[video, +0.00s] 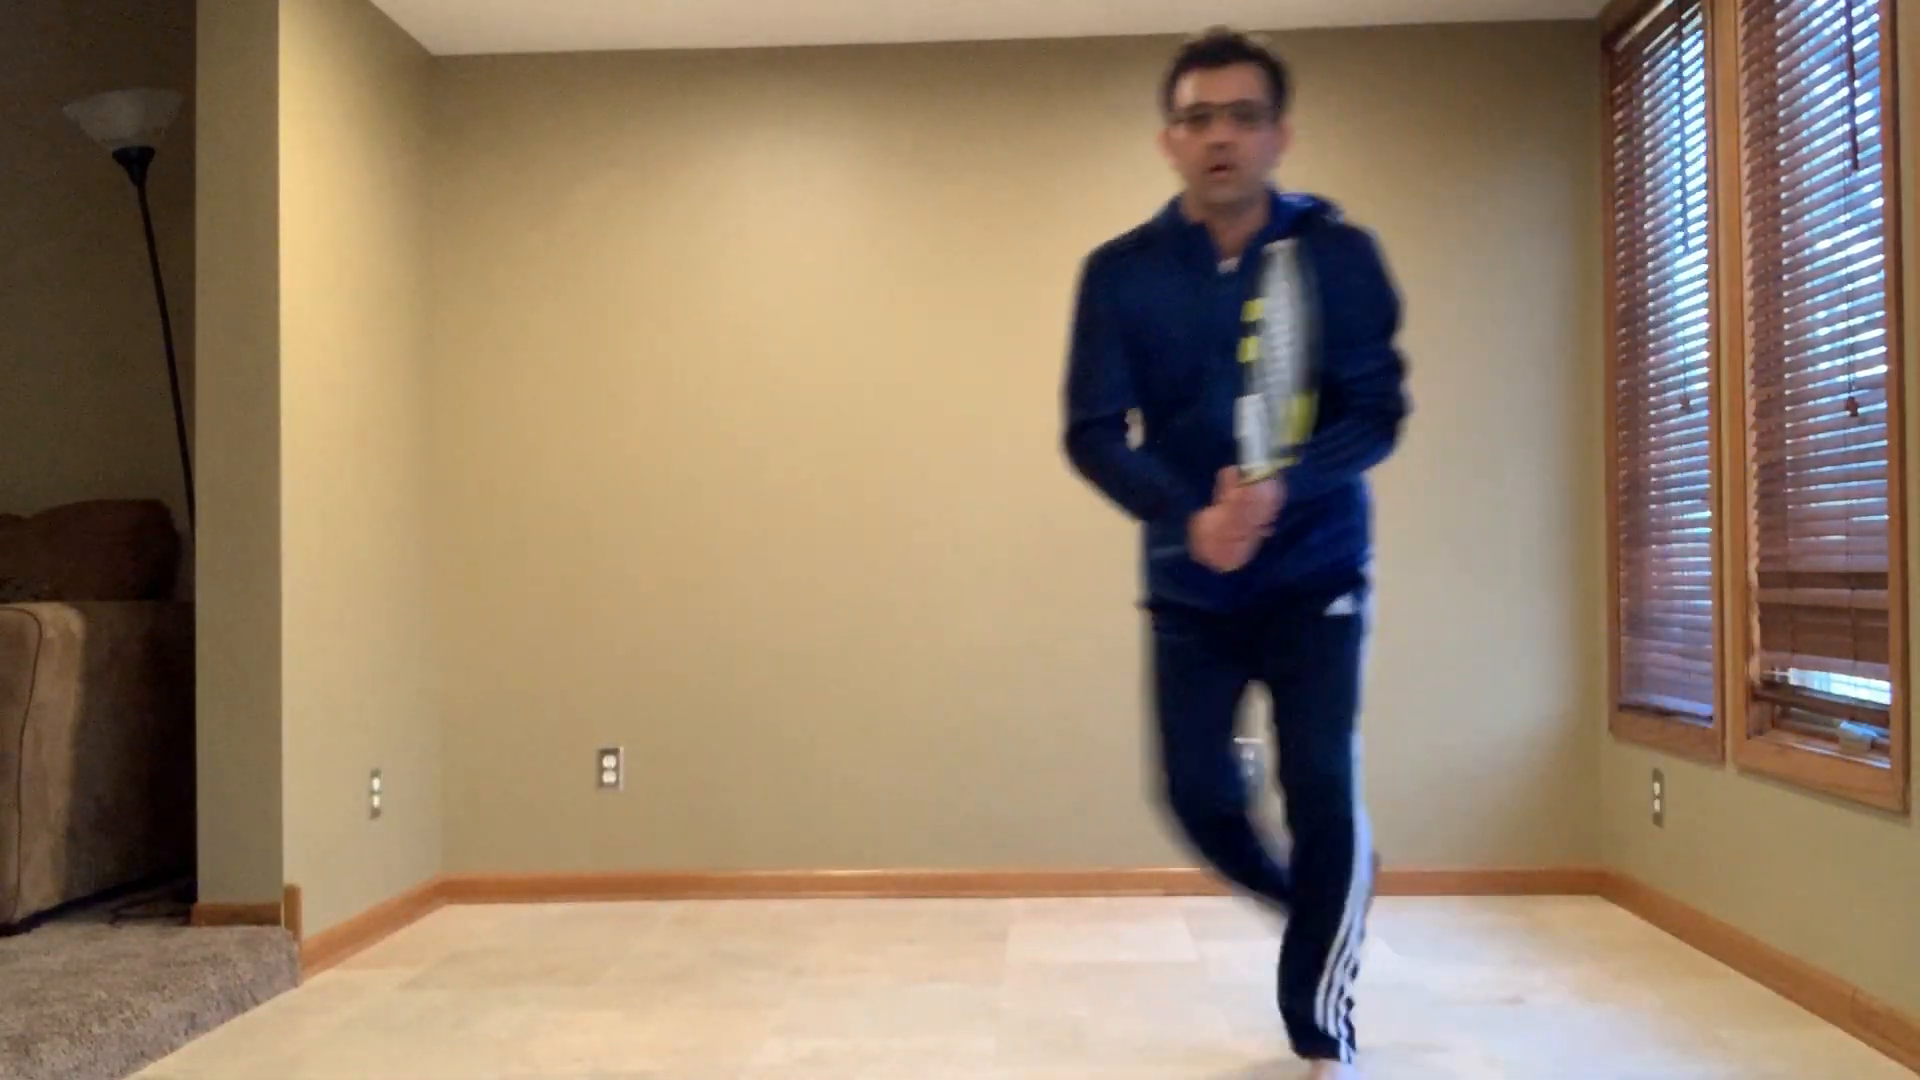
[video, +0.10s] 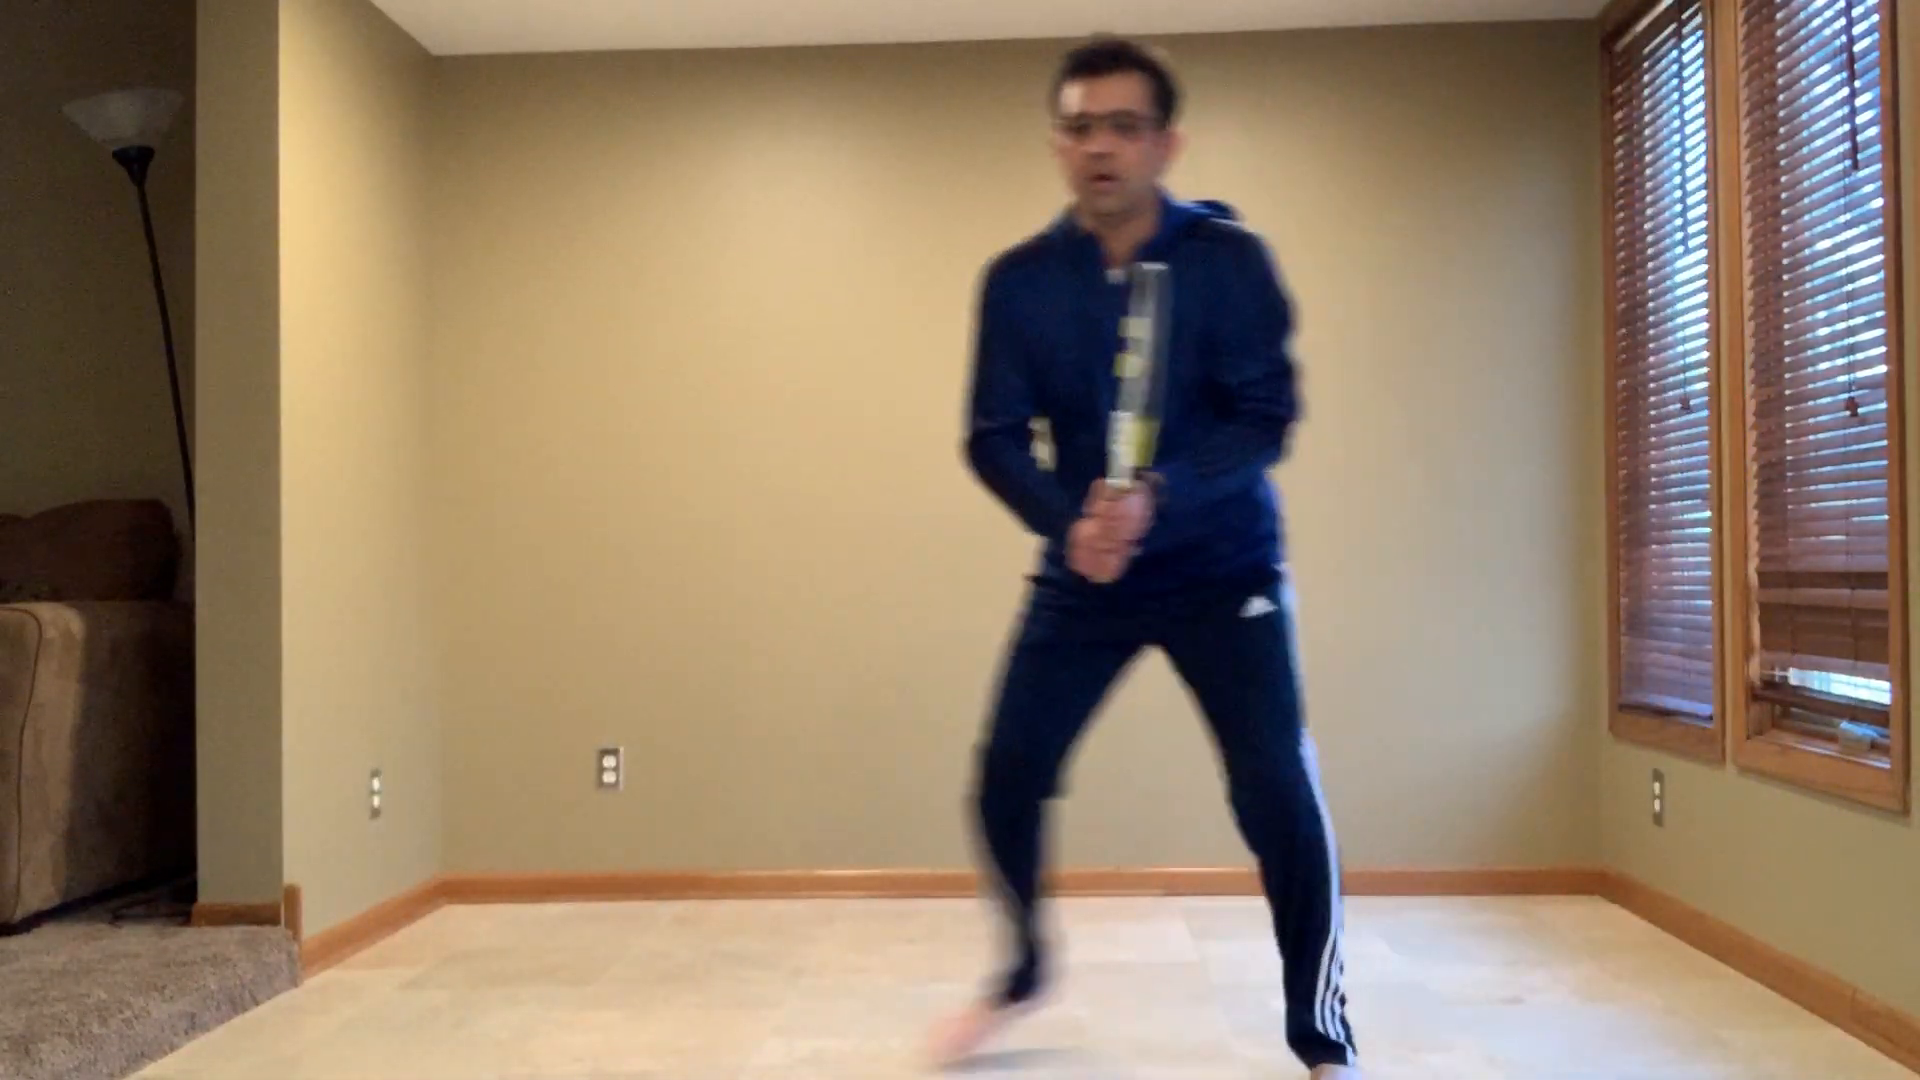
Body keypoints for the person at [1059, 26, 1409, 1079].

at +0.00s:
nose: (1217, 136)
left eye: (1241, 116)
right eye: (1195, 118)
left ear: (1280, 133)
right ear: (1167, 138)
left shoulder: (1338, 255)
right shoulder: (1121, 272)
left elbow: (1377, 410)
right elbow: (1090, 435)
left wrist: (1279, 488)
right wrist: (1189, 521)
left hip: (1315, 577)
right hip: (1192, 585)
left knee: (1322, 794)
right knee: (1198, 795)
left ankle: (1320, 1019)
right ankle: (1319, 901)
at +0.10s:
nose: (1097, 147)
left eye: (1121, 127)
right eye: (1078, 128)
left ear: (1167, 141)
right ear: (1056, 144)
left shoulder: (1227, 258)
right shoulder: (1018, 281)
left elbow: (1264, 417)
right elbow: (993, 439)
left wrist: (1156, 497)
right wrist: (1064, 520)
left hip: (1222, 578)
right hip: (1083, 584)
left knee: (1280, 791)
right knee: (1006, 777)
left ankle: (1318, 1021)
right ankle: (1024, 963)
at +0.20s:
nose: (984, 141)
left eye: (1010, 122)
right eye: (968, 122)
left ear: (1060, 134)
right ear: (951, 134)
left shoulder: (1119, 252)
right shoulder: (910, 265)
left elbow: (1149, 406)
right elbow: (882, 421)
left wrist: (1040, 477)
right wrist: (957, 501)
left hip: (1103, 575)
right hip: (965, 584)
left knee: (1193, 794)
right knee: (908, 801)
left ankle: (1291, 1036)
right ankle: (893, 1029)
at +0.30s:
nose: (888, 129)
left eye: (913, 110)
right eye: (875, 110)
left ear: (967, 121)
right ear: (859, 121)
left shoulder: (1022, 241)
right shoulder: (817, 246)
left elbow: (1045, 403)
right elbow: (786, 398)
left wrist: (940, 473)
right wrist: (851, 486)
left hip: (999, 552)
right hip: (865, 558)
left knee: (1044, 761)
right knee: (840, 784)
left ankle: (1054, 1003)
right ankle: (886, 1009)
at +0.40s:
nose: (800, 137)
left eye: (825, 118)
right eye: (787, 117)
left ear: (882, 125)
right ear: (775, 126)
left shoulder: (943, 253)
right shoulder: (736, 247)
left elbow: (957, 408)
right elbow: (701, 394)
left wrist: (841, 478)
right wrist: (759, 485)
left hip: (903, 559)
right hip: (770, 557)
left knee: (903, 779)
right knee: (709, 757)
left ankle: (877, 994)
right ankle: (748, 972)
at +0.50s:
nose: (715, 155)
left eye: (740, 136)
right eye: (704, 135)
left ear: (797, 149)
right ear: (690, 145)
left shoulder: (848, 273)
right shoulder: (647, 267)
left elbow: (870, 432)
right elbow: (612, 414)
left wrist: (748, 493)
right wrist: (670, 504)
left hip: (809, 580)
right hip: (676, 578)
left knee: (853, 801)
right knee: (595, 789)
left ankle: (888, 1024)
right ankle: (526, 1013)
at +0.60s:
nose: (630, 153)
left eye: (656, 137)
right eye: (618, 134)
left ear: (711, 158)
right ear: (603, 147)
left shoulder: (752, 279)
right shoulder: (547, 265)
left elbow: (773, 440)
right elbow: (507, 412)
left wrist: (655, 498)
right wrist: (574, 509)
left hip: (708, 589)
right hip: (574, 591)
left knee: (769, 790)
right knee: (520, 804)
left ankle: (857, 1011)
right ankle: (507, 1023)